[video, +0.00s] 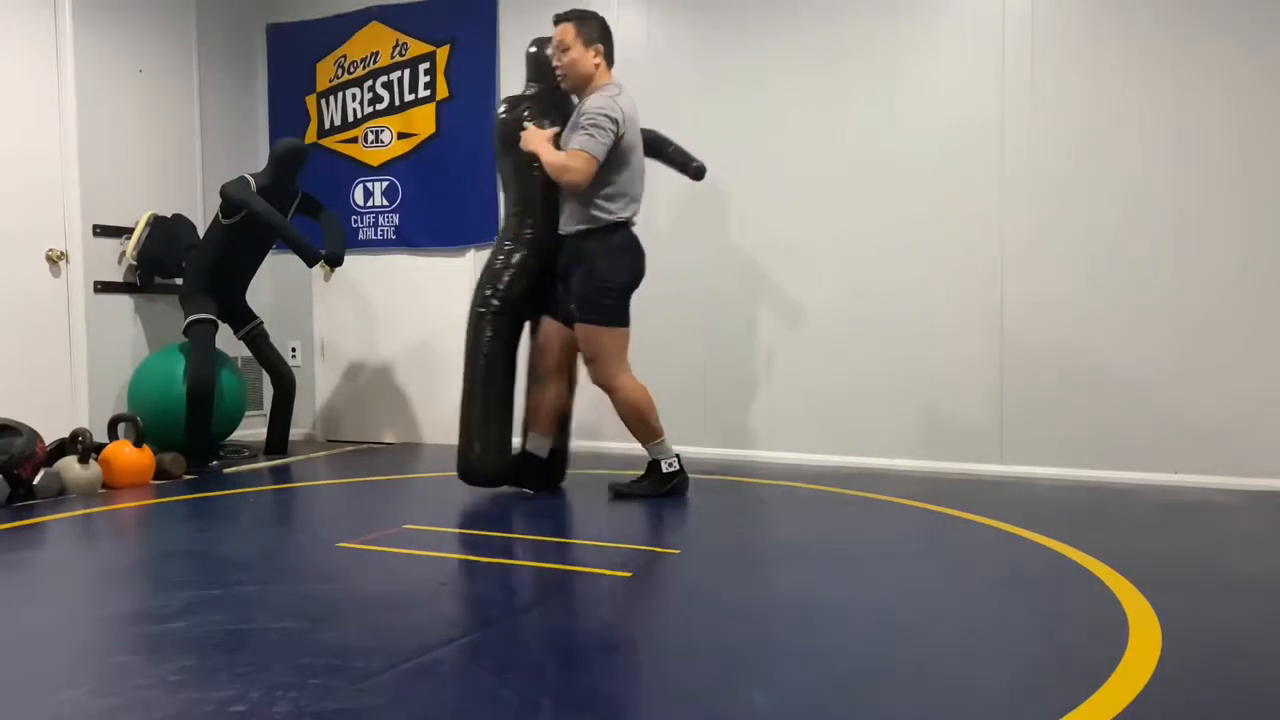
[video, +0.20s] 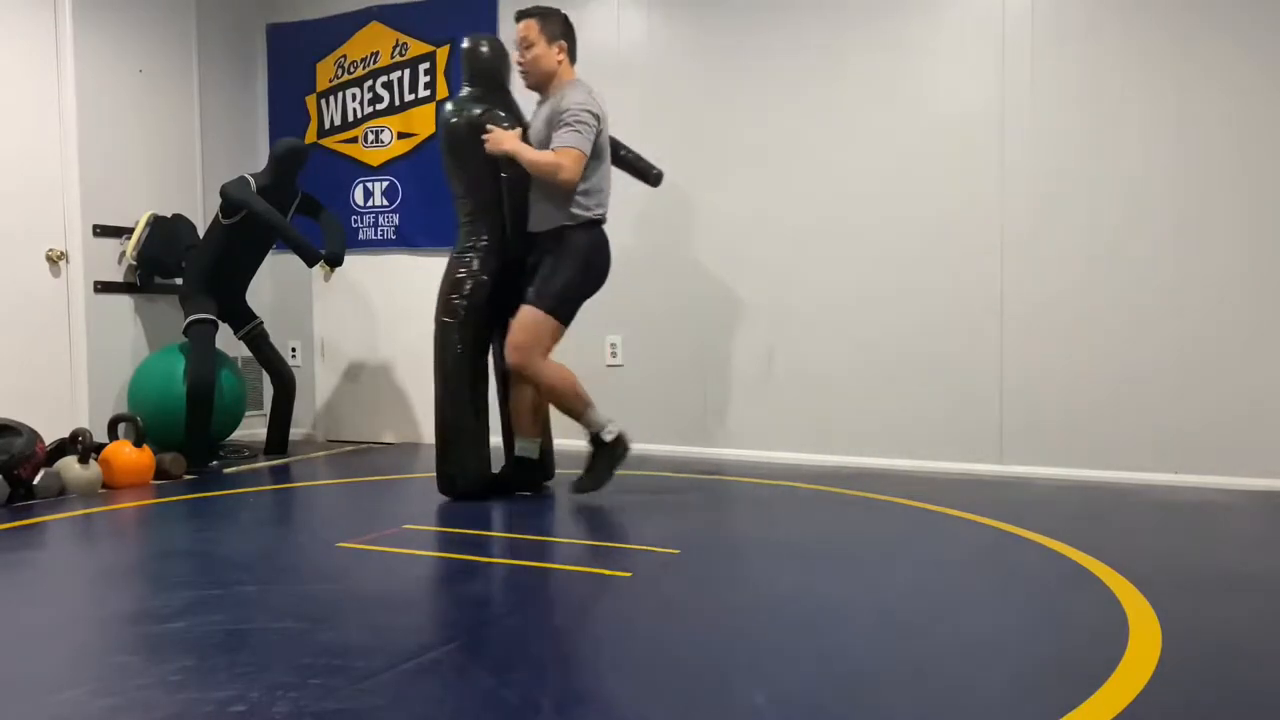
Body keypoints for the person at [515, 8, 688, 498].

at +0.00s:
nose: (555, 61)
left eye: (563, 50)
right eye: (554, 52)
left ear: (596, 53)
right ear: (591, 56)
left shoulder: (602, 105)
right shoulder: (602, 102)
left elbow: (576, 173)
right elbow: (579, 164)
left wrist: (542, 148)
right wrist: (553, 143)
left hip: (603, 248)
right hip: (580, 248)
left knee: (610, 372)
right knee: (549, 360)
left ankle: (667, 465)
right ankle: (535, 464)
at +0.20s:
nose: (518, 58)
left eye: (526, 46)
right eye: (516, 49)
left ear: (559, 49)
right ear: (553, 53)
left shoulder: (579, 101)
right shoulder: (548, 107)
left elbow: (567, 171)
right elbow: (544, 162)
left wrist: (515, 148)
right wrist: (502, 144)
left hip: (575, 243)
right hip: (545, 243)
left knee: (523, 354)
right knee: (520, 356)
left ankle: (606, 436)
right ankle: (529, 463)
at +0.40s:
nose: (488, 51)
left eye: (496, 40)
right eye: (486, 42)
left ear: (529, 44)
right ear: (519, 47)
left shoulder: (553, 94)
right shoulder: (513, 102)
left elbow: (544, 169)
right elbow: (509, 162)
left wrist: (489, 143)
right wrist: (459, 134)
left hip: (549, 238)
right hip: (519, 239)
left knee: (493, 339)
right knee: (515, 358)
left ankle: (499, 471)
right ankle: (523, 468)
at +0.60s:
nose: (463, 43)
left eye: (471, 31)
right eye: (461, 33)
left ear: (507, 36)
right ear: (496, 39)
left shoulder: (525, 93)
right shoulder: (491, 96)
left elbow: (514, 170)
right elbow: (485, 161)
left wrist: (458, 142)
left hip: (520, 241)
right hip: (494, 240)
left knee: (467, 351)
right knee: (482, 354)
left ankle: (472, 489)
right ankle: (512, 463)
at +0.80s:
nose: (438, 30)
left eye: (447, 17)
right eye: (437, 18)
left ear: (483, 24)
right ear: (476, 26)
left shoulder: (500, 86)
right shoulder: (475, 83)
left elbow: (487, 168)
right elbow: (466, 146)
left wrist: (433, 137)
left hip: (504, 236)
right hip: (480, 233)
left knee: (461, 358)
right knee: (441, 341)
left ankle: (474, 492)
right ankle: (495, 445)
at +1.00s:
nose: (419, 24)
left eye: (428, 14)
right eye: (419, 15)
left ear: (465, 18)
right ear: (460, 20)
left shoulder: (478, 81)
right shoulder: (461, 76)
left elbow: (461, 164)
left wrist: (412, 130)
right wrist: (411, 117)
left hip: (490, 237)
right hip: (463, 233)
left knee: (451, 362)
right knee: (419, 344)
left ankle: (471, 493)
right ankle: (432, 471)